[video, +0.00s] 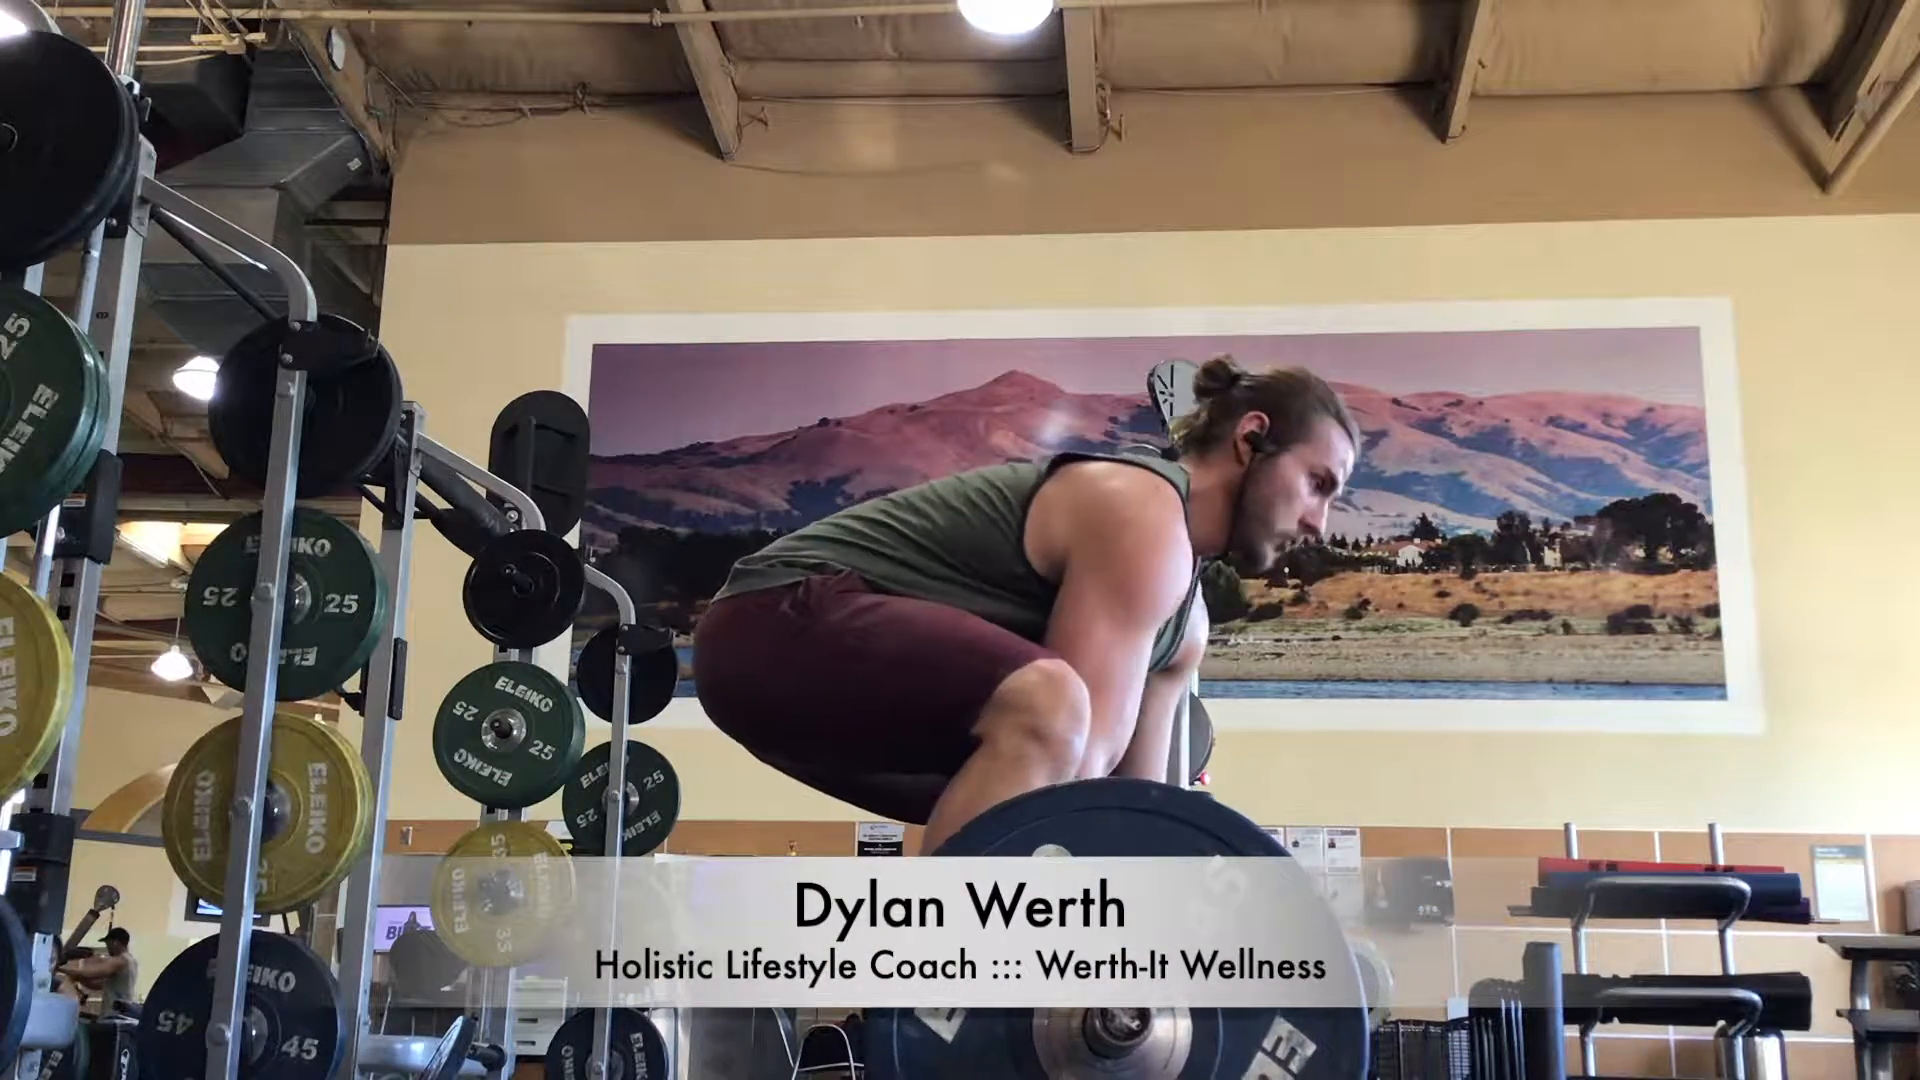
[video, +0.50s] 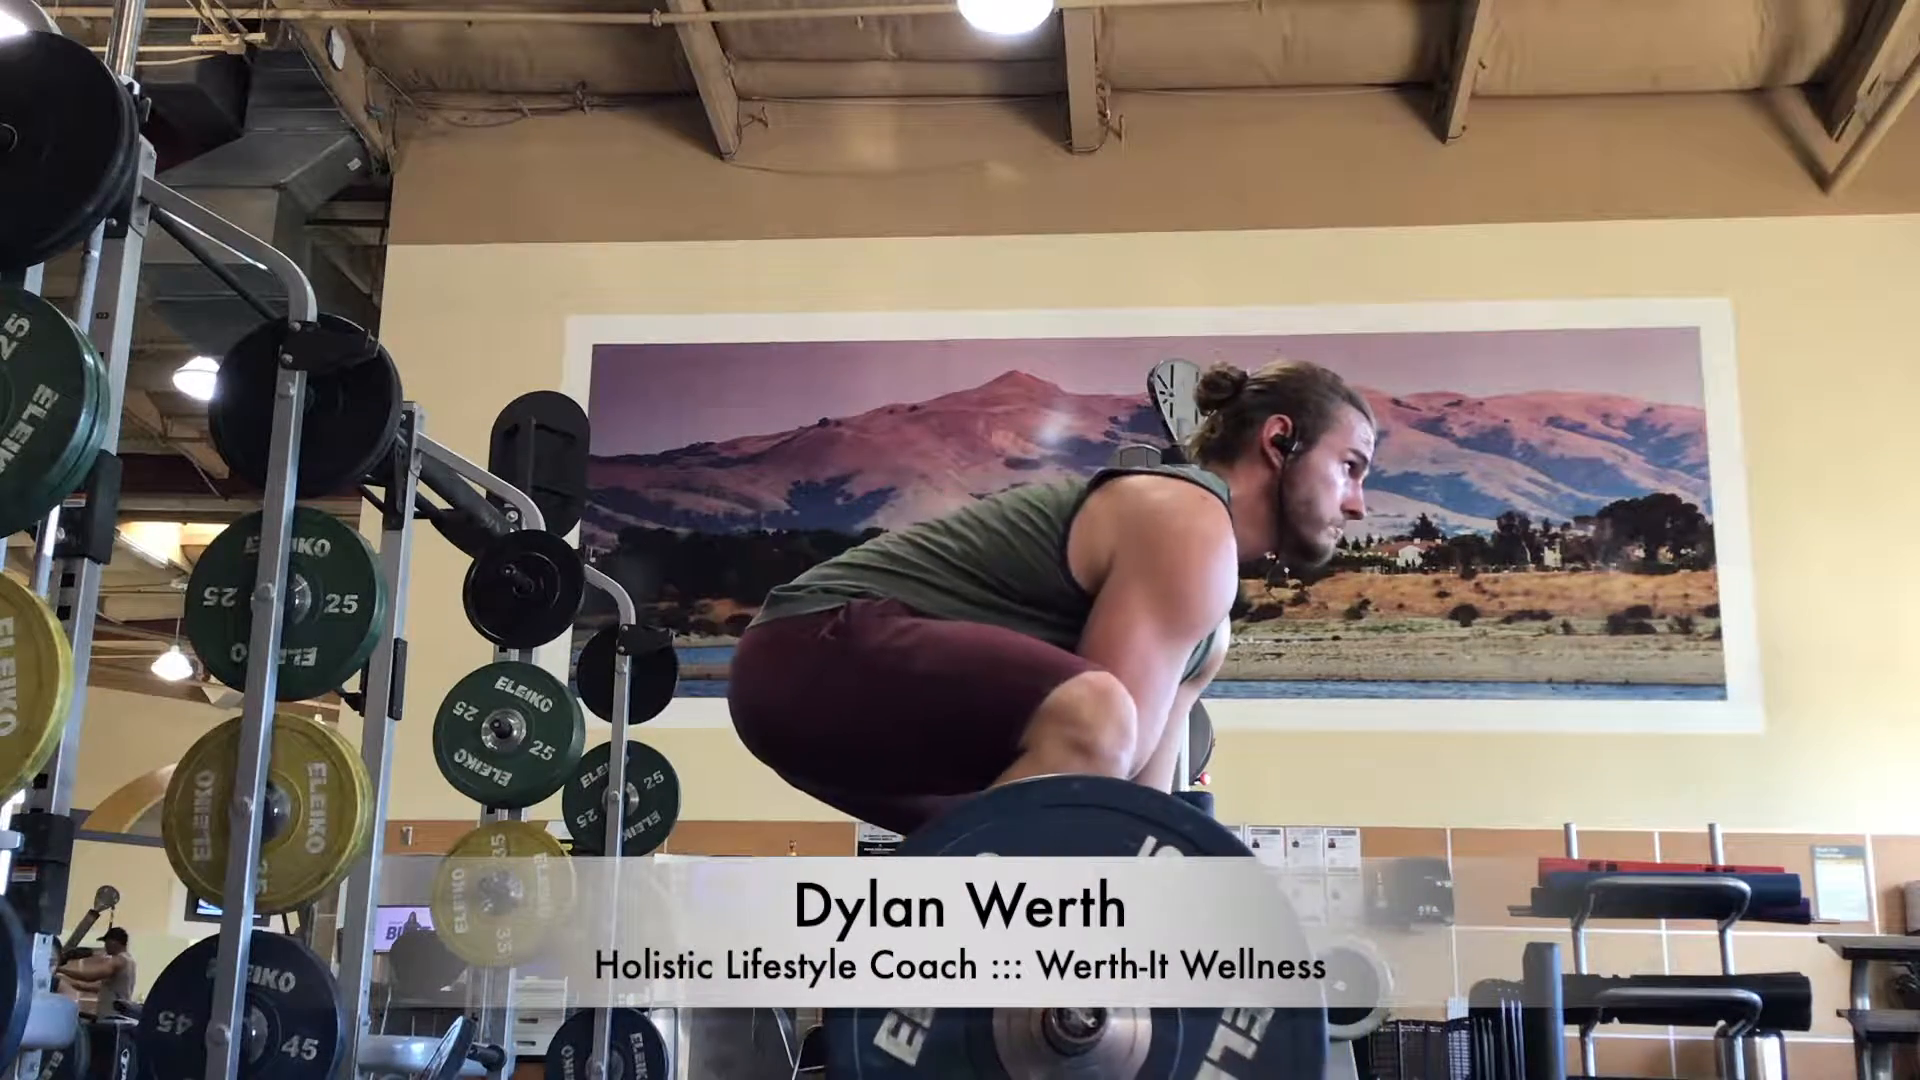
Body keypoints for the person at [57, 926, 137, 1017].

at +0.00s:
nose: (107, 947)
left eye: (108, 944)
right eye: (106, 944)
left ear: (116, 943)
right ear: (121, 943)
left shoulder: (122, 960)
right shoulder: (129, 961)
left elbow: (88, 973)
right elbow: (97, 985)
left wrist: (60, 969)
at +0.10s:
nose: (107, 947)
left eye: (108, 944)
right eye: (106, 944)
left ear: (116, 943)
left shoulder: (122, 960)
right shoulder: (129, 961)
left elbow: (88, 974)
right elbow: (96, 985)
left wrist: (60, 969)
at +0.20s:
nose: (106, 946)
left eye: (108, 943)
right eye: (106, 943)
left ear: (117, 943)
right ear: (121, 944)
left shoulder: (121, 961)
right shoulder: (127, 962)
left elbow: (90, 974)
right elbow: (95, 986)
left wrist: (62, 970)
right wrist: (71, 979)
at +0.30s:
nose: (106, 946)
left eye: (108, 943)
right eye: (106, 943)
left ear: (117, 943)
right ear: (120, 943)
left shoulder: (119, 960)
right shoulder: (128, 962)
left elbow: (90, 975)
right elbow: (100, 987)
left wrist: (62, 970)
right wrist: (75, 982)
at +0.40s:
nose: (105, 946)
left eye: (107, 942)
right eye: (105, 942)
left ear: (115, 942)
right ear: (119, 942)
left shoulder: (119, 960)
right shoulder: (128, 962)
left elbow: (88, 976)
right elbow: (105, 987)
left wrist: (62, 970)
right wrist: (78, 985)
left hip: (108, 1017)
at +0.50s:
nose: (105, 946)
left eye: (107, 942)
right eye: (105, 942)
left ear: (114, 942)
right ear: (119, 943)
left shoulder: (119, 960)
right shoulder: (128, 961)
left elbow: (87, 976)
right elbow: (105, 988)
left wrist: (61, 970)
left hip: (108, 1017)